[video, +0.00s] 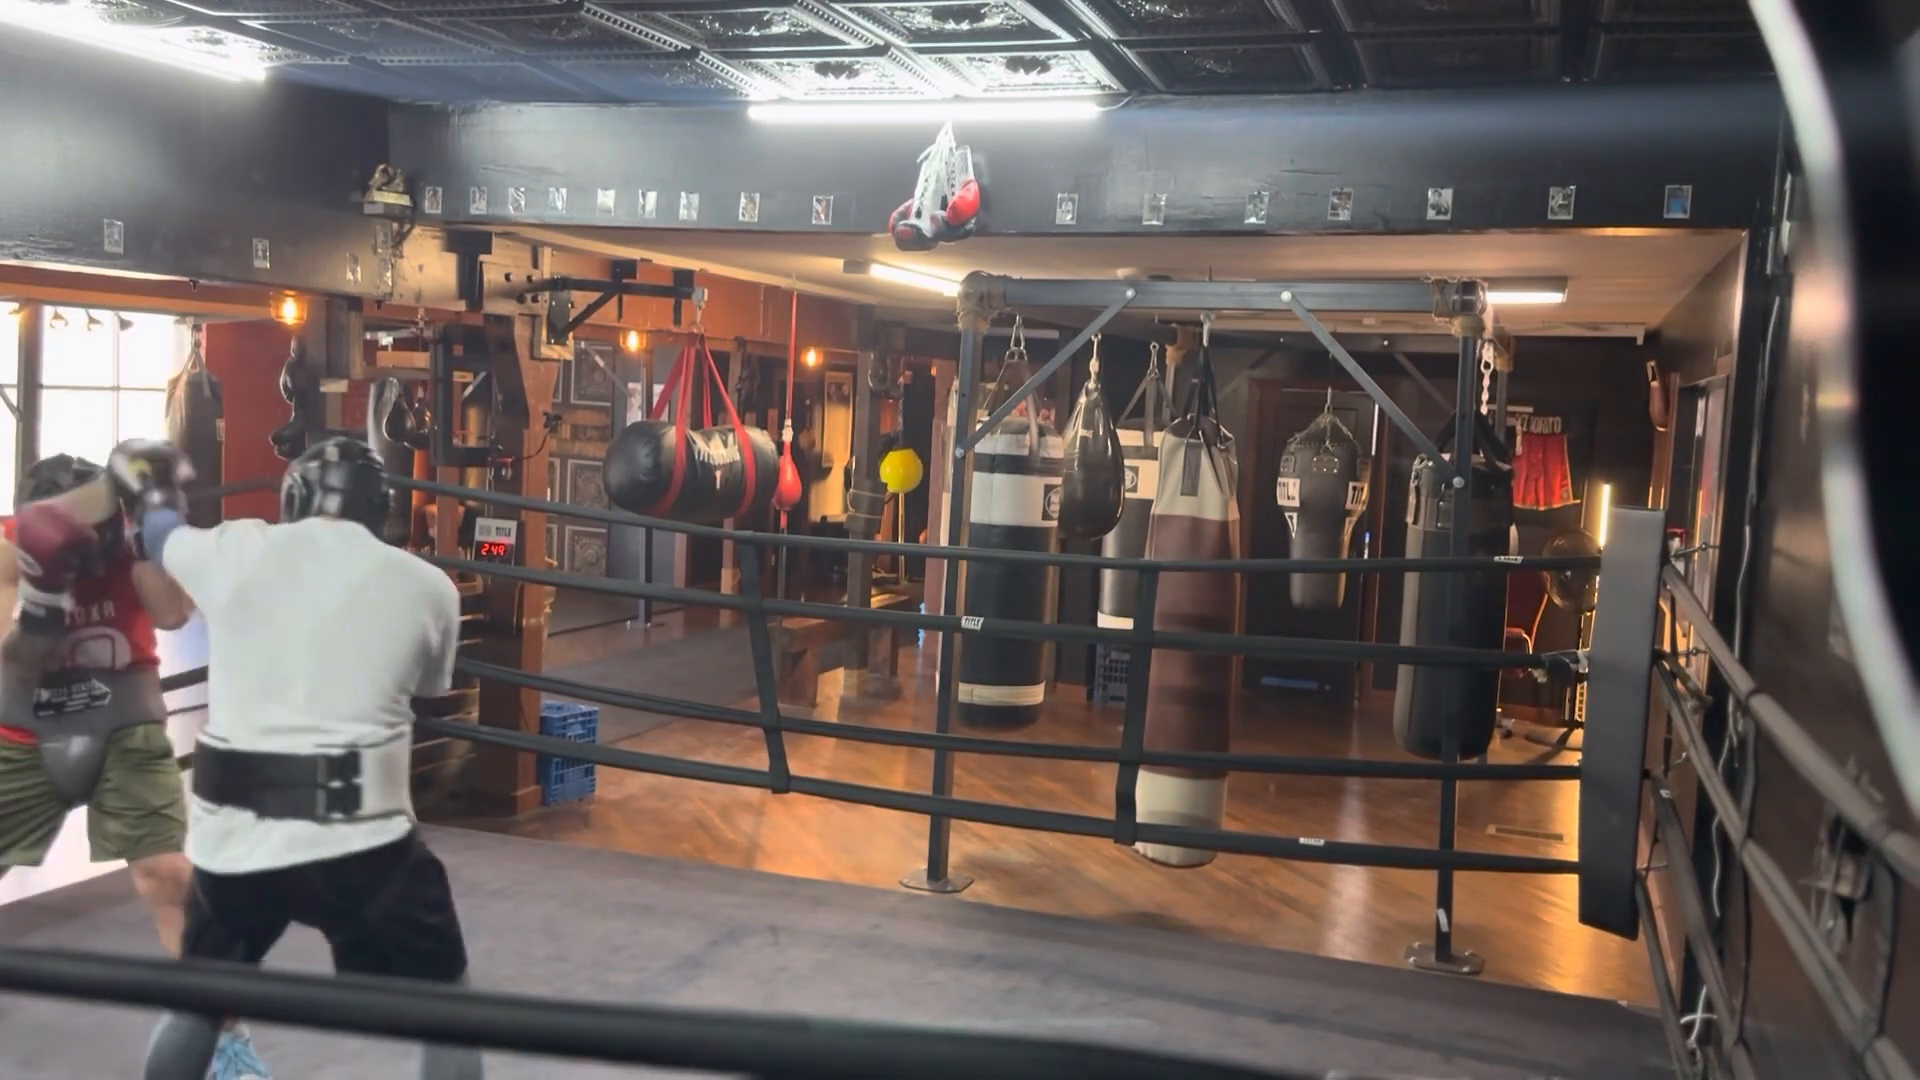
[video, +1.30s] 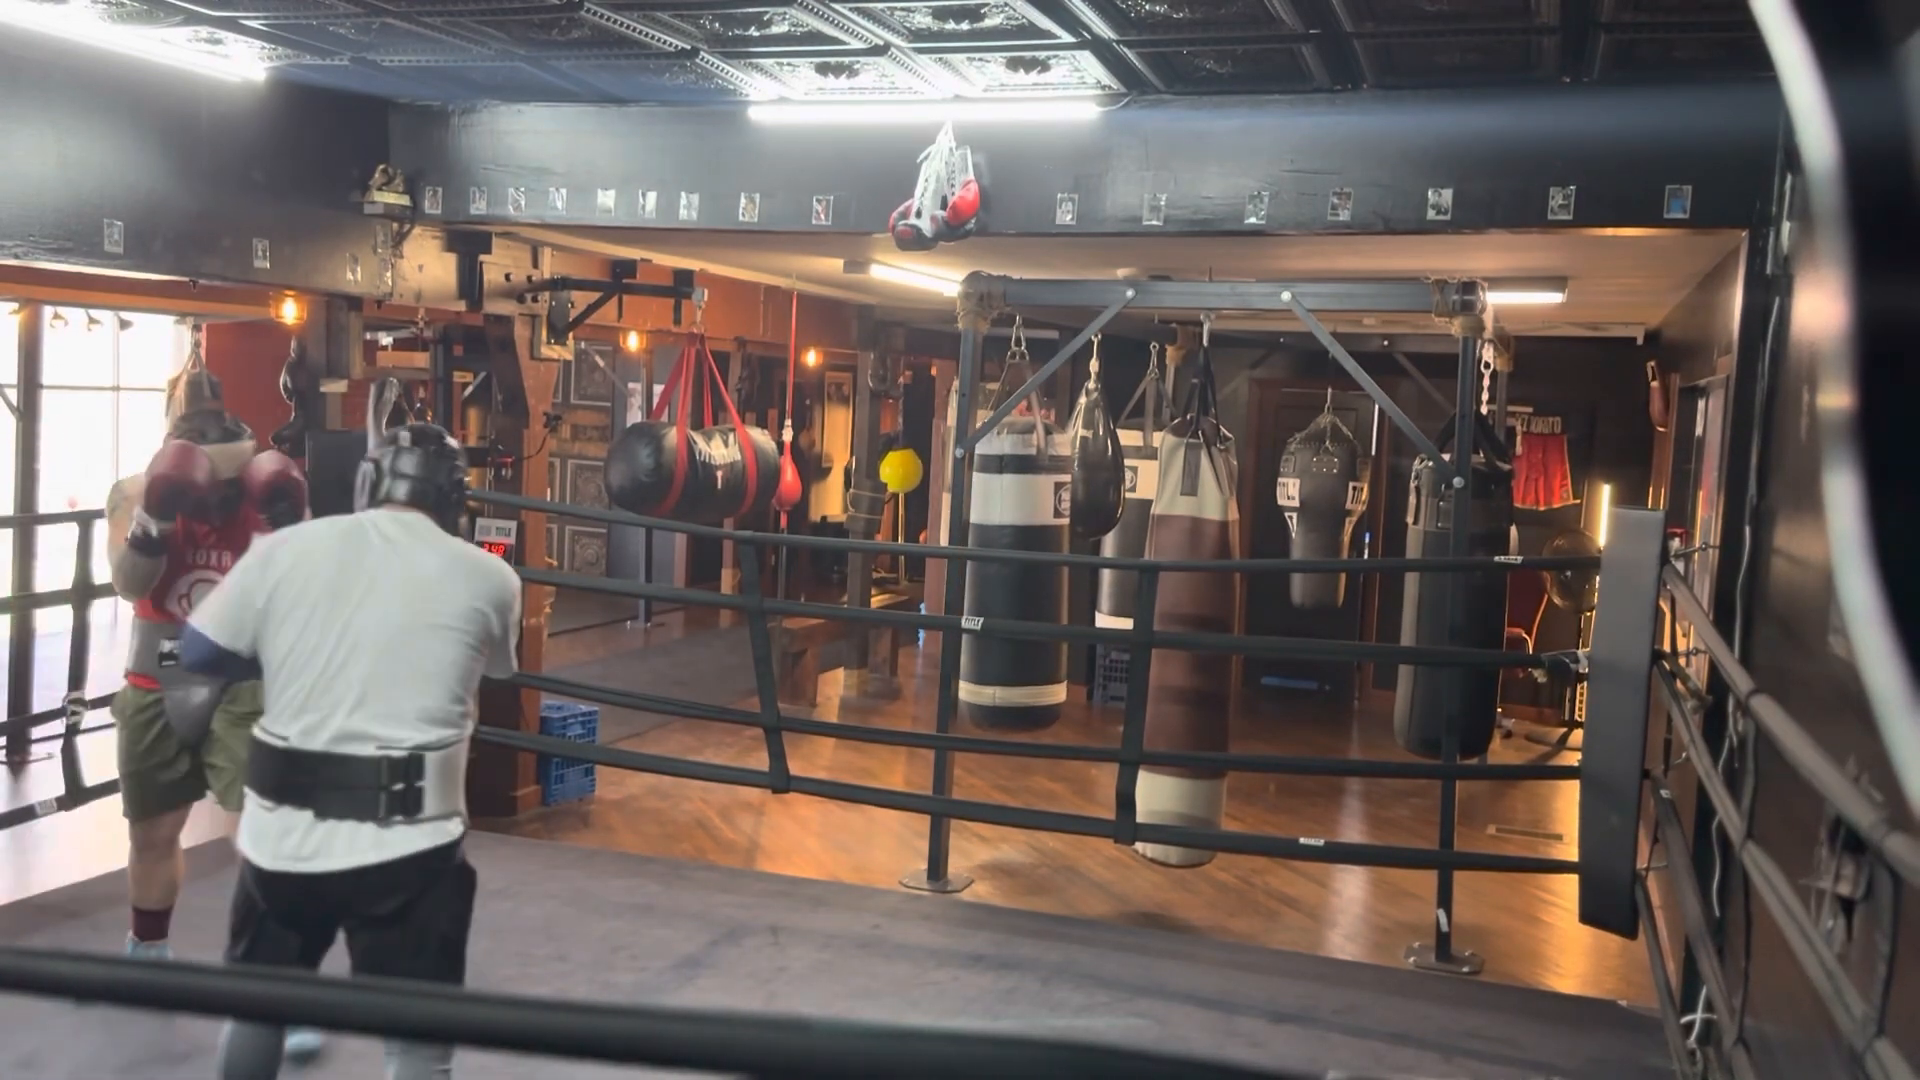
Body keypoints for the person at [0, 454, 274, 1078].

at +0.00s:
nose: (66, 531)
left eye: (80, 517)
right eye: (51, 521)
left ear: (108, 507)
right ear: (27, 518)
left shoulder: (131, 545)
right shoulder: (14, 548)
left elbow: (173, 614)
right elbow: (22, 664)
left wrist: (148, 532)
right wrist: (46, 591)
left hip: (130, 730)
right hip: (22, 733)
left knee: (168, 876)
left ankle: (227, 1038)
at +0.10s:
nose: (68, 533)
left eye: (78, 517)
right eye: (50, 517)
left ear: (95, 510)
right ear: (23, 510)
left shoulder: (110, 541)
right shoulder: (11, 550)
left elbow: (151, 618)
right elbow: (7, 658)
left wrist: (142, 528)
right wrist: (12, 570)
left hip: (110, 722)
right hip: (15, 724)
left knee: (157, 884)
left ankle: (226, 1042)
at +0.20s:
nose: (60, 524)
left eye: (69, 508)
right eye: (44, 510)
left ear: (88, 504)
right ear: (18, 504)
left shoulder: (106, 537)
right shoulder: (9, 547)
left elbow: (146, 621)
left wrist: (133, 527)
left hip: (100, 715)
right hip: (11, 716)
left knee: (151, 879)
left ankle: (222, 1031)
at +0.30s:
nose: (67, 511)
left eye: (80, 497)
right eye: (52, 498)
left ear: (99, 492)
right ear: (22, 490)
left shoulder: (113, 525)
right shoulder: (6, 532)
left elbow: (142, 616)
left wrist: (137, 524)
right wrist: (10, 534)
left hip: (99, 711)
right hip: (6, 710)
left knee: (143, 871)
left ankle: (198, 1022)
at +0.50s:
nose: (99, 501)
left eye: (110, 490)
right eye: (84, 487)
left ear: (129, 485)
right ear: (56, 480)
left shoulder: (147, 520)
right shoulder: (20, 507)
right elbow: (40, 565)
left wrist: (194, 529)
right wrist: (87, 518)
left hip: (123, 709)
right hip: (19, 715)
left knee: (144, 870)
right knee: (2, 877)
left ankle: (194, 1031)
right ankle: (3, 999)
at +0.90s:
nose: (175, 490)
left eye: (190, 474)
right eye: (158, 478)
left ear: (213, 457)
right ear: (131, 464)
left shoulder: (246, 501)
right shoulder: (92, 497)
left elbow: (264, 599)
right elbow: (68, 611)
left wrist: (207, 569)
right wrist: (119, 562)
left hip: (199, 695)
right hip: (106, 693)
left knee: (189, 864)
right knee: (59, 851)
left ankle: (201, 1003)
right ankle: (94, 967)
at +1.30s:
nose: (200, 456)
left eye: (215, 444)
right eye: (189, 443)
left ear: (242, 441)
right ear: (171, 438)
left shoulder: (272, 488)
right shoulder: (145, 491)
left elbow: (301, 587)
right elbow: (130, 584)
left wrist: (288, 524)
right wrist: (157, 512)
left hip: (249, 680)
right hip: (156, 680)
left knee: (260, 835)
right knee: (152, 835)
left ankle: (288, 987)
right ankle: (147, 962)